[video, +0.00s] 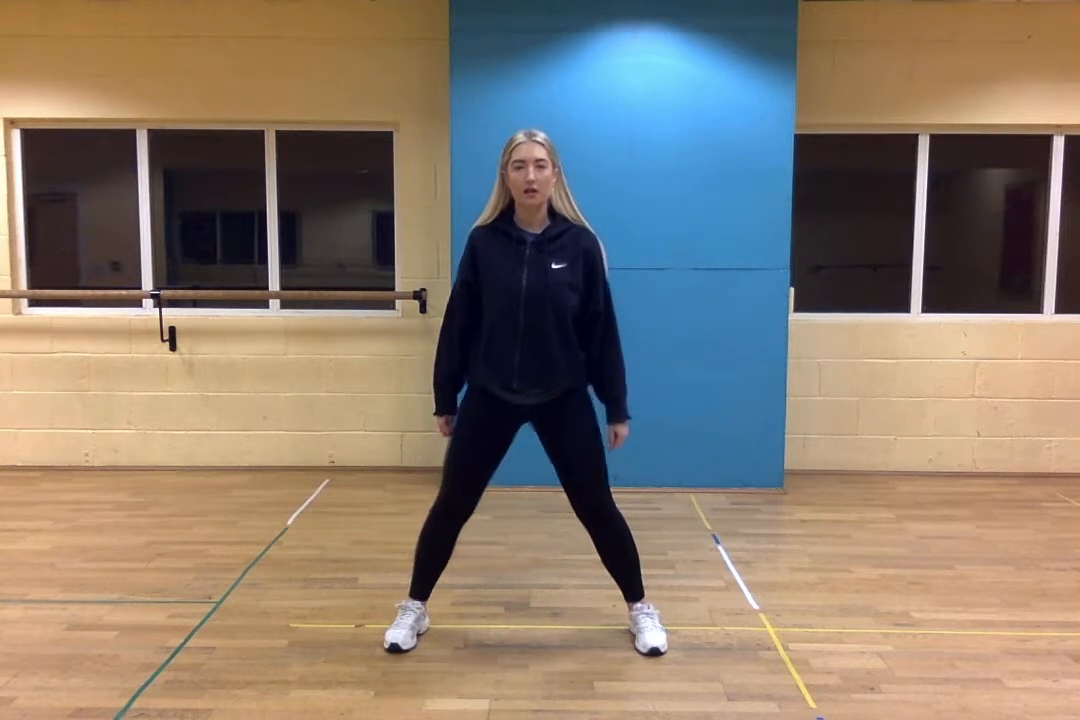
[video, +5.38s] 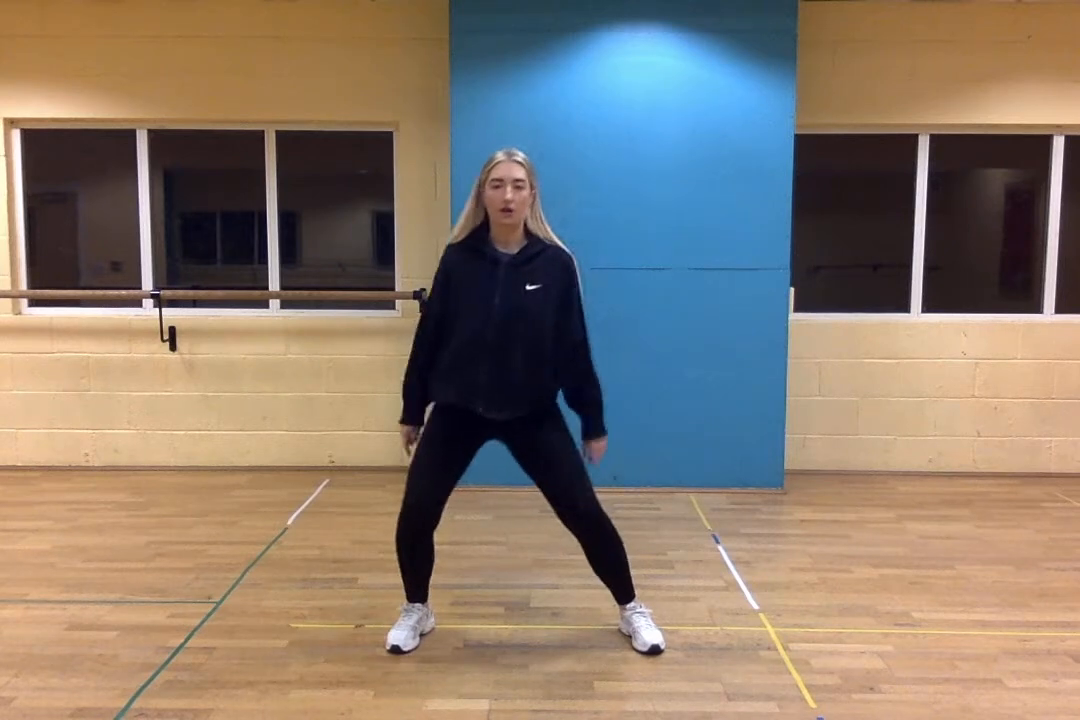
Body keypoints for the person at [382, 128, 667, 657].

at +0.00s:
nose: (530, 174)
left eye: (540, 165)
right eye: (520, 165)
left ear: (555, 174)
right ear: (506, 176)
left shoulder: (581, 242)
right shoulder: (484, 239)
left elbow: (601, 325)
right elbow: (458, 319)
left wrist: (617, 405)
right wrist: (445, 398)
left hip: (563, 395)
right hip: (491, 395)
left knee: (595, 505)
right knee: (452, 503)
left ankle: (640, 609)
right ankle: (414, 607)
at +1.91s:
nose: (547, 184)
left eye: (556, 174)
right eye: (536, 176)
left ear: (571, 184)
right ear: (522, 188)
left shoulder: (598, 248)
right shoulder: (501, 252)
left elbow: (619, 329)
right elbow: (483, 331)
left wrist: (617, 403)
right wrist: (486, 406)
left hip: (592, 401)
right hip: (520, 403)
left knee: (630, 511)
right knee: (468, 508)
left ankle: (635, 611)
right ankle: (417, 607)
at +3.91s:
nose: (550, 193)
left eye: (558, 183)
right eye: (538, 185)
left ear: (574, 192)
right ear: (525, 197)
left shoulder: (602, 258)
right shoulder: (505, 261)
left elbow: (630, 339)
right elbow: (485, 337)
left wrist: (647, 416)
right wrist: (486, 406)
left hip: (590, 412)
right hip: (517, 411)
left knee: (630, 516)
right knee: (459, 510)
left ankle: (637, 611)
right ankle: (416, 607)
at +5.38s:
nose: (507, 194)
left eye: (518, 185)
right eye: (497, 185)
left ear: (532, 196)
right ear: (482, 195)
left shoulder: (555, 261)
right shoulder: (458, 257)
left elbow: (573, 345)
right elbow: (429, 333)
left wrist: (593, 419)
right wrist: (412, 409)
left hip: (530, 409)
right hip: (459, 407)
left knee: (583, 511)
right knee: (415, 514)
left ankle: (631, 609)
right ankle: (415, 608)